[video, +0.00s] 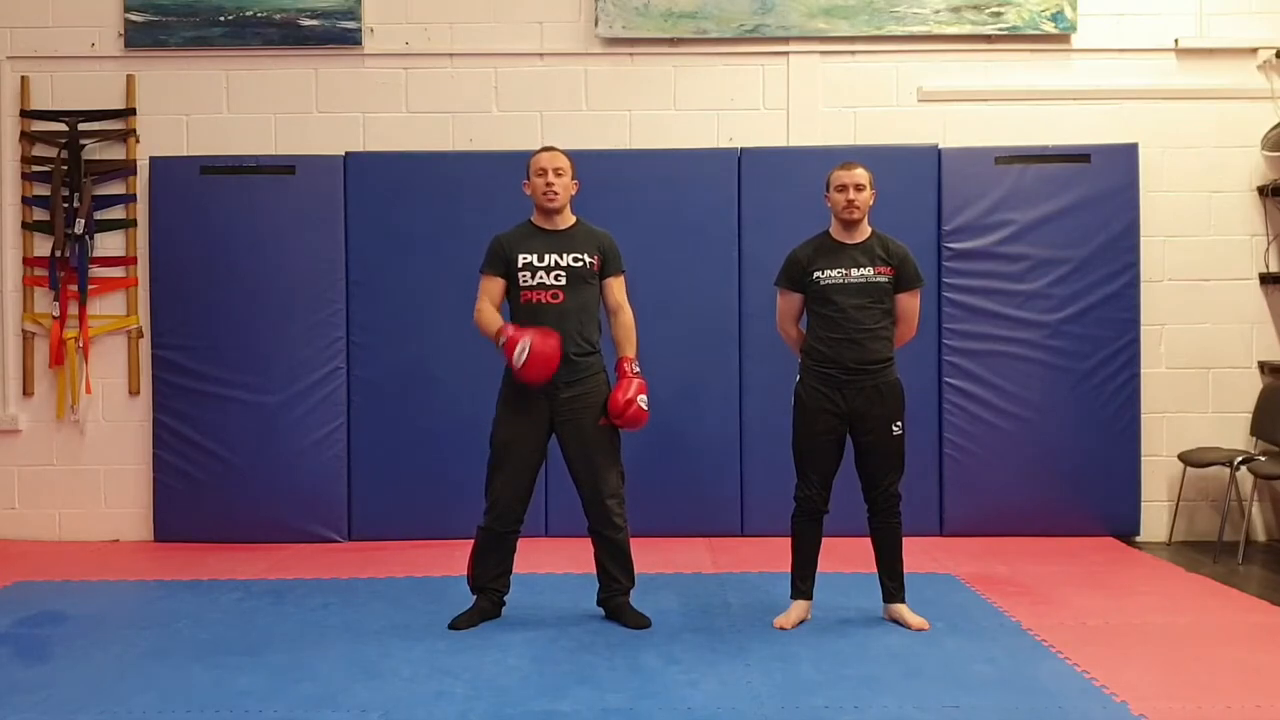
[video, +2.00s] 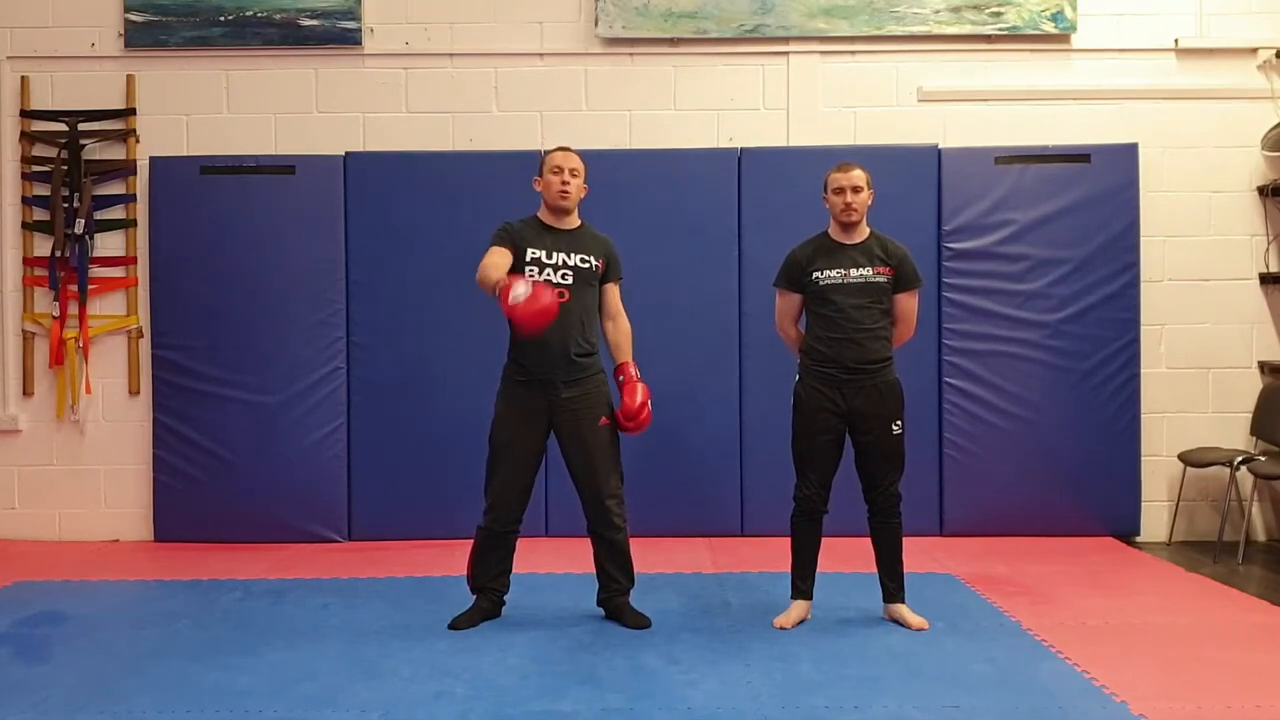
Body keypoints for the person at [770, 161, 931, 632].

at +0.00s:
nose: (850, 196)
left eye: (858, 188)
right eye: (841, 189)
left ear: (872, 195)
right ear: (828, 197)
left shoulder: (896, 256)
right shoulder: (804, 257)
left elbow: (907, 327)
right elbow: (787, 325)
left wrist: (865, 353)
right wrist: (822, 357)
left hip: (878, 392)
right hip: (819, 393)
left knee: (885, 499)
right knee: (810, 497)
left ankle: (894, 601)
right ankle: (801, 599)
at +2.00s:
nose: (848, 198)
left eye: (856, 190)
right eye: (838, 191)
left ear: (870, 196)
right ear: (826, 199)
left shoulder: (895, 257)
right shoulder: (803, 258)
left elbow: (905, 328)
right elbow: (786, 325)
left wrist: (864, 353)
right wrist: (820, 357)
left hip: (877, 391)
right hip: (818, 392)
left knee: (885, 498)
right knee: (809, 497)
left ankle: (894, 600)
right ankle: (801, 598)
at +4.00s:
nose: (847, 199)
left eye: (855, 191)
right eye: (838, 192)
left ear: (870, 196)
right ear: (826, 199)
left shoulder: (895, 256)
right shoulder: (803, 258)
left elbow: (906, 328)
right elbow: (786, 325)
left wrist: (864, 353)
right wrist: (821, 357)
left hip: (878, 391)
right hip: (819, 392)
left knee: (885, 498)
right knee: (809, 497)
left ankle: (894, 601)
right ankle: (801, 598)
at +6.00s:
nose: (845, 195)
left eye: (854, 187)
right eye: (837, 188)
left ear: (871, 195)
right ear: (827, 197)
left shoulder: (897, 255)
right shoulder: (805, 258)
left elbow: (908, 327)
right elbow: (788, 325)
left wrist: (865, 352)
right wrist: (822, 357)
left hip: (880, 392)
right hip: (820, 393)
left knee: (886, 499)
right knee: (810, 497)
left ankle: (894, 601)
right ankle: (801, 599)